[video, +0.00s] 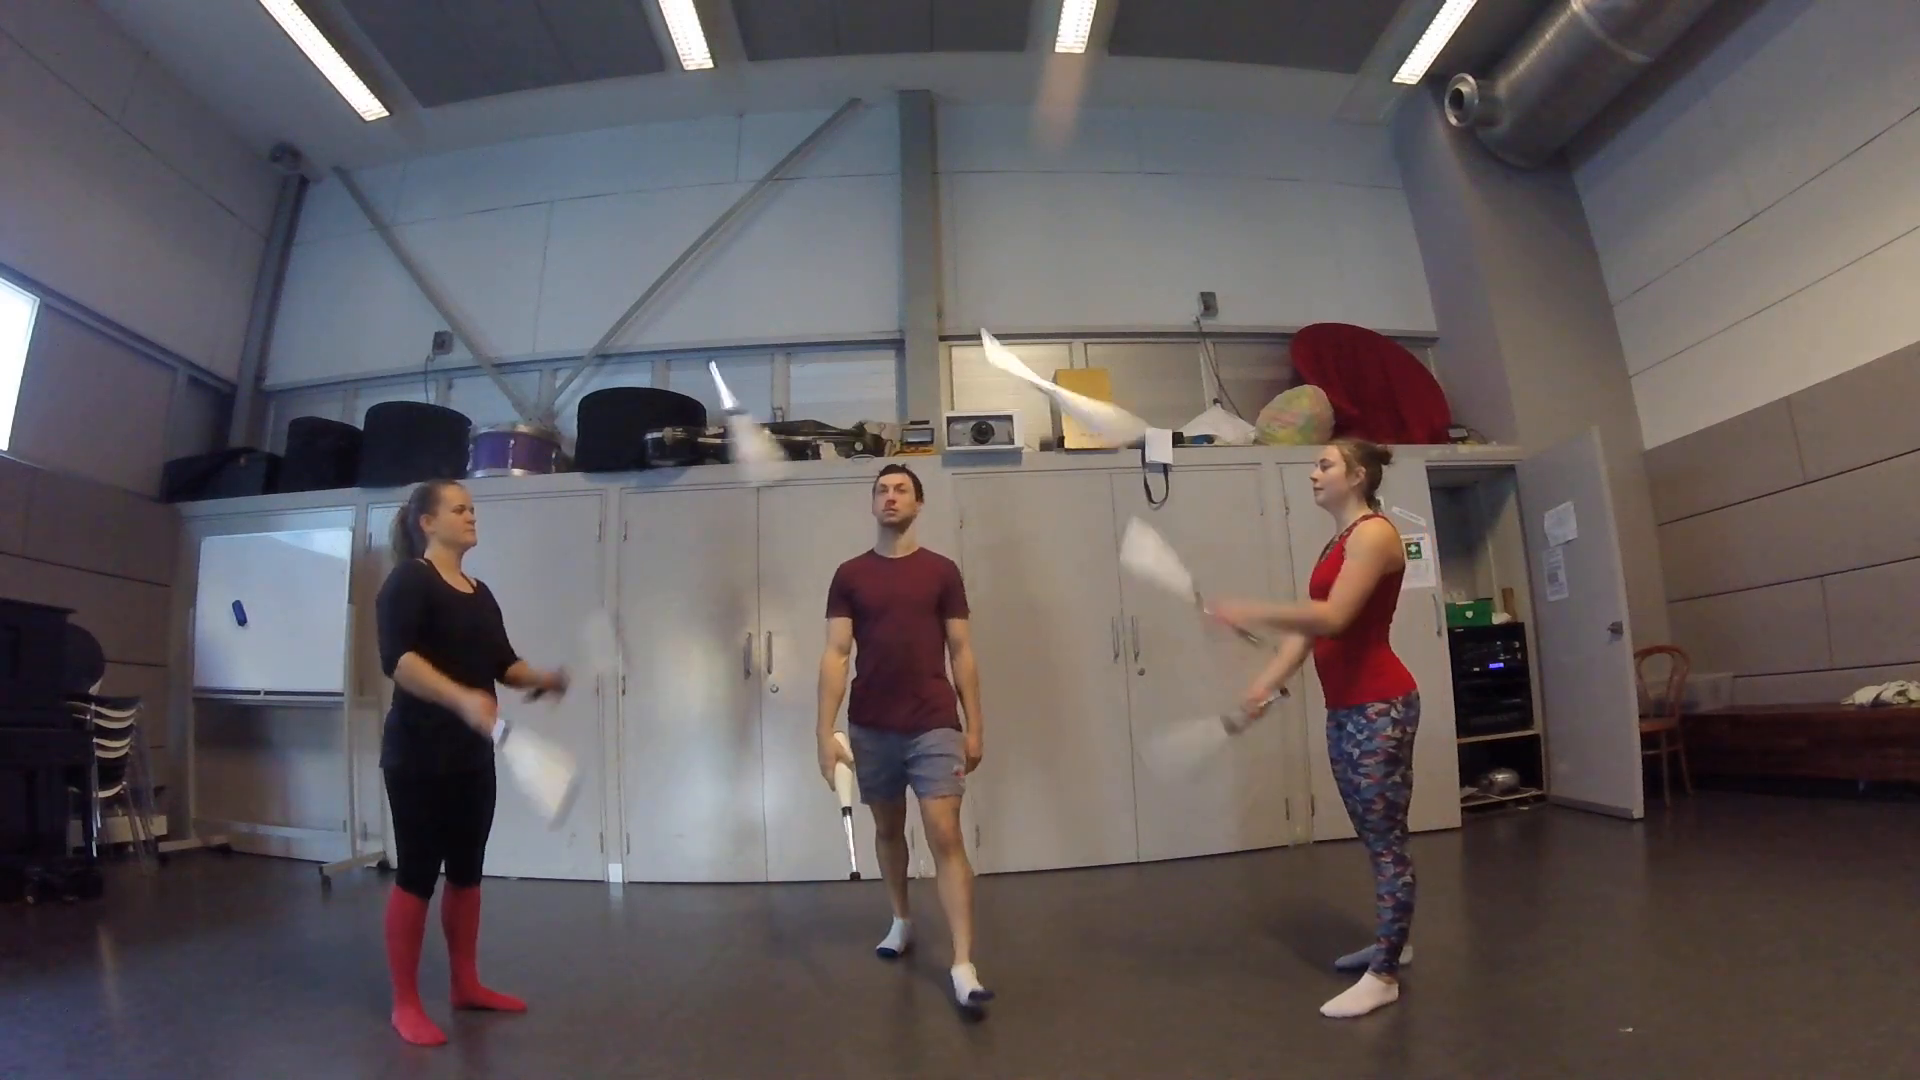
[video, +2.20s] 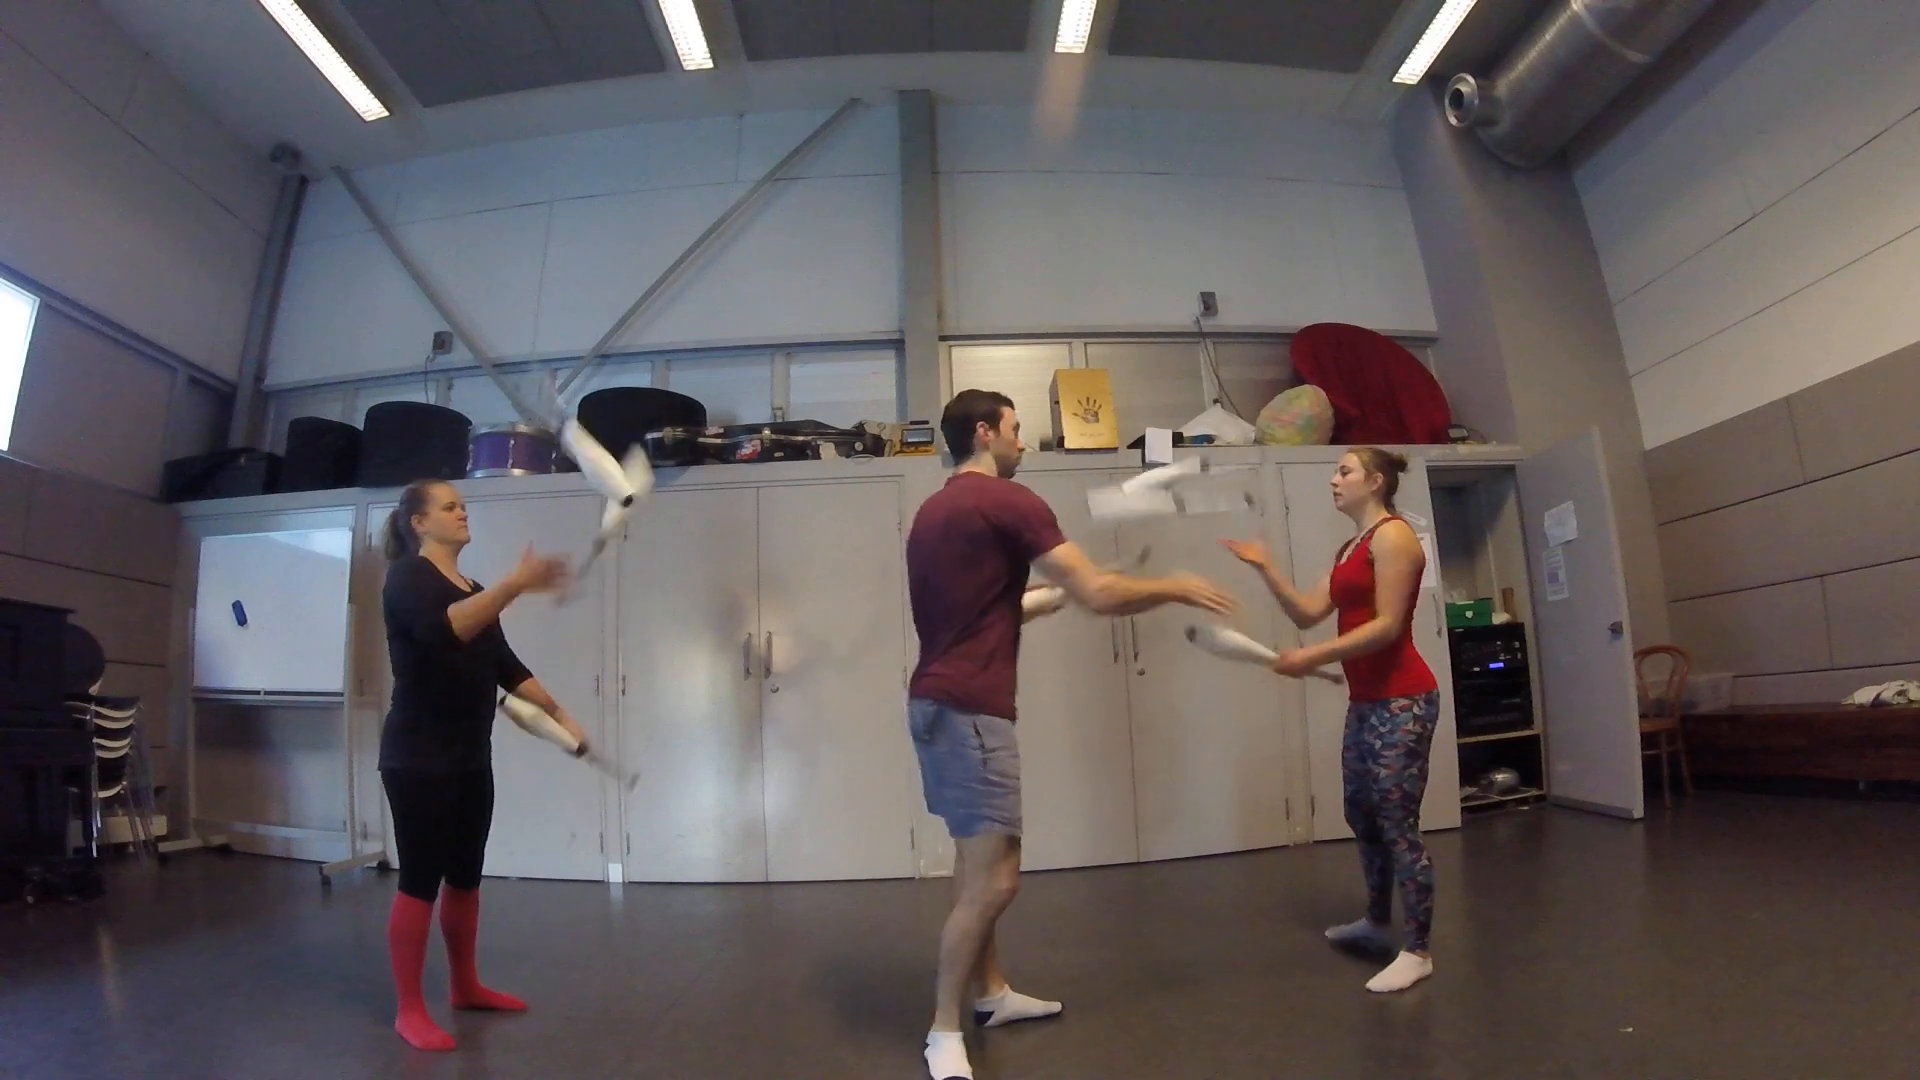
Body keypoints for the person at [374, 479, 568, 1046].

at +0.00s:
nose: (472, 518)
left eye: (472, 510)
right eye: (460, 510)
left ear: (467, 523)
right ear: (426, 522)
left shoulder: (478, 591)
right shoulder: (406, 584)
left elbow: (504, 665)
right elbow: (397, 660)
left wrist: (541, 678)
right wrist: (463, 698)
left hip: (473, 749)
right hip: (418, 751)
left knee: (466, 872)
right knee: (416, 874)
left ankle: (467, 987)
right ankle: (405, 1005)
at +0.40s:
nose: (465, 519)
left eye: (466, 510)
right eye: (453, 511)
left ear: (459, 522)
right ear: (419, 523)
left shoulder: (473, 593)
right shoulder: (404, 584)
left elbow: (509, 659)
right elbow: (418, 653)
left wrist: (558, 625)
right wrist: (501, 637)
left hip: (472, 752)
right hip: (416, 754)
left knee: (466, 874)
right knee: (414, 878)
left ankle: (466, 988)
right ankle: (408, 1011)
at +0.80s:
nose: (458, 516)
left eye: (459, 507)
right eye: (446, 507)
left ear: (455, 520)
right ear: (412, 519)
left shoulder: (470, 590)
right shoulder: (394, 581)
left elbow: (495, 661)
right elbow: (391, 661)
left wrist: (526, 654)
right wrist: (455, 680)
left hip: (467, 754)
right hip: (409, 754)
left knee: (464, 873)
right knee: (410, 879)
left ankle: (466, 987)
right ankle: (409, 1010)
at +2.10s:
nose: (461, 515)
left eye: (460, 506)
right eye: (449, 508)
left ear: (455, 522)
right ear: (417, 522)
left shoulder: (470, 594)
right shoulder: (405, 581)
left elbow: (509, 661)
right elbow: (424, 647)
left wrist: (571, 699)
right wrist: (511, 631)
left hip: (468, 755)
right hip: (419, 757)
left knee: (464, 875)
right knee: (422, 878)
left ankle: (465, 987)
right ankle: (409, 1010)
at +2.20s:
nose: (464, 516)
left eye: (463, 508)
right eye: (451, 509)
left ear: (459, 522)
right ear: (418, 523)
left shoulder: (469, 591)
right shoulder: (406, 579)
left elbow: (505, 665)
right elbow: (447, 626)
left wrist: (557, 715)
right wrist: (516, 582)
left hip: (468, 752)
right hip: (417, 755)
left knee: (464, 875)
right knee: (420, 879)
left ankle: (466, 989)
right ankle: (410, 1011)